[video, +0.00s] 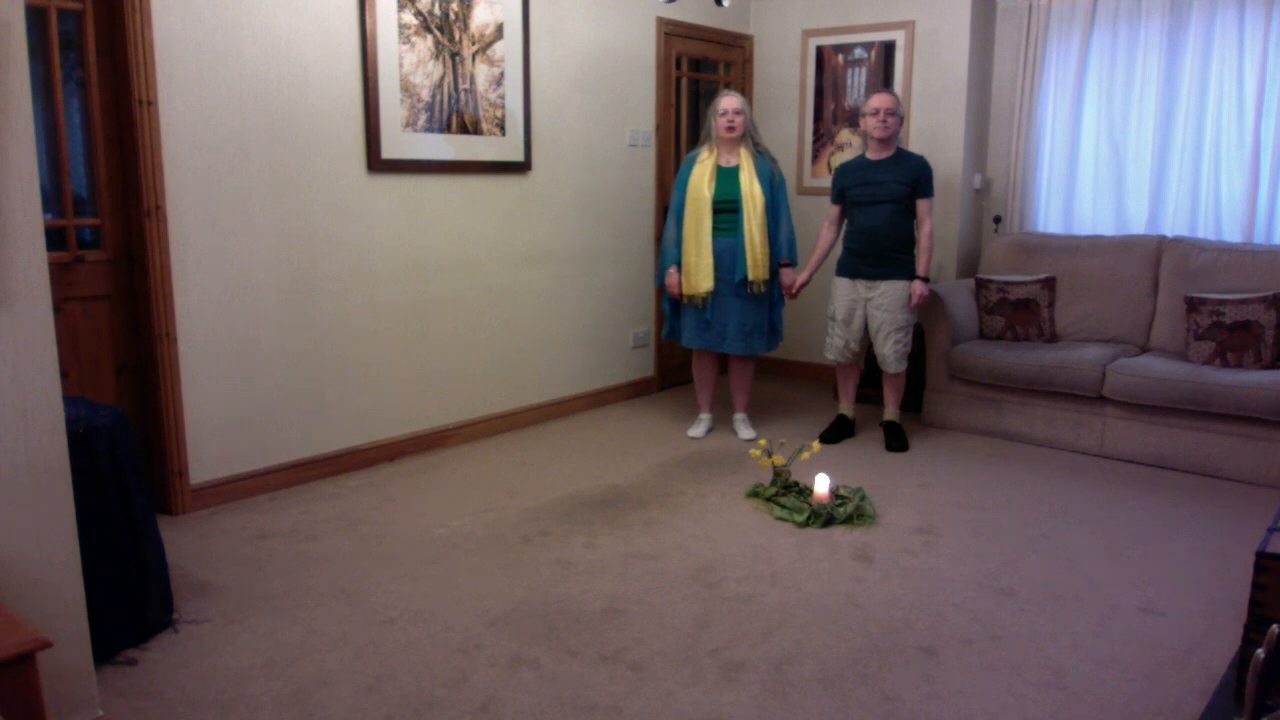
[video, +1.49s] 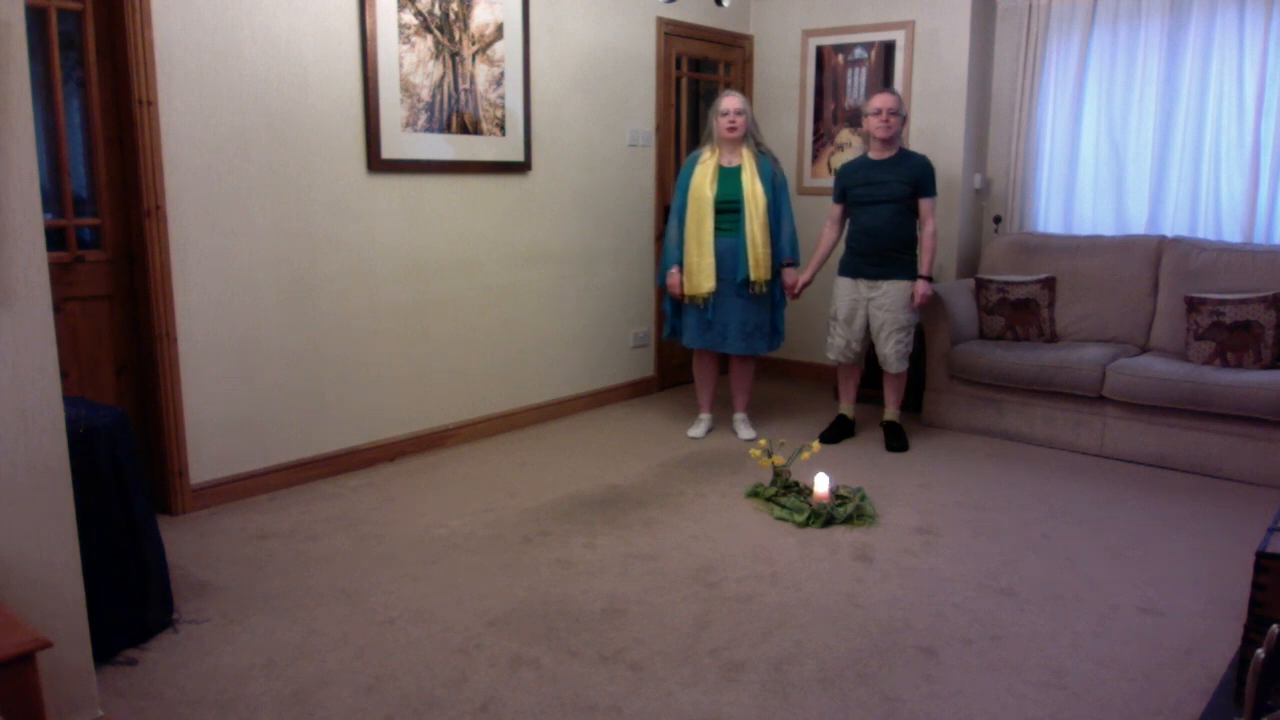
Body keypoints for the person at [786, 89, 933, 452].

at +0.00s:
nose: (882, 119)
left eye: (889, 113)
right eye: (874, 114)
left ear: (901, 121)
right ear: (861, 122)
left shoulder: (915, 167)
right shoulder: (845, 172)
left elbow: (925, 224)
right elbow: (831, 227)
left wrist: (921, 276)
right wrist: (806, 273)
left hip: (895, 278)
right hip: (850, 276)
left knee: (893, 355)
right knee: (845, 349)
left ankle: (892, 419)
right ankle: (845, 415)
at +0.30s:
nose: (883, 119)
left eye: (890, 113)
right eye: (875, 114)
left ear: (901, 120)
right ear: (862, 122)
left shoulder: (916, 167)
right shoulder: (846, 172)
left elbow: (925, 225)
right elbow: (832, 226)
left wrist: (922, 276)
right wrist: (807, 273)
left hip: (896, 279)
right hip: (851, 276)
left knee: (893, 354)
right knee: (845, 349)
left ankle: (892, 419)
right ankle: (845, 415)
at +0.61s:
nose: (883, 119)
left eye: (891, 113)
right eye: (875, 113)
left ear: (902, 120)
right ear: (863, 121)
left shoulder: (917, 167)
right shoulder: (847, 172)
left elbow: (926, 224)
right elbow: (832, 226)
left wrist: (923, 276)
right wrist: (807, 273)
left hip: (896, 279)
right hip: (851, 277)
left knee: (894, 355)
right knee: (845, 349)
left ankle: (892, 420)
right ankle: (845, 416)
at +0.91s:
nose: (883, 119)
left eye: (891, 113)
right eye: (875, 113)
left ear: (902, 120)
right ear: (863, 122)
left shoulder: (917, 166)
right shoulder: (847, 172)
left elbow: (927, 224)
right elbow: (832, 226)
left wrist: (924, 276)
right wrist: (807, 273)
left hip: (897, 279)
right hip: (851, 277)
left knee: (894, 355)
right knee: (845, 349)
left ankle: (892, 419)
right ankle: (845, 416)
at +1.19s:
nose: (884, 119)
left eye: (891, 113)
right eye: (876, 113)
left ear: (902, 121)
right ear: (863, 122)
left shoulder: (917, 166)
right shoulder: (847, 172)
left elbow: (927, 224)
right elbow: (833, 226)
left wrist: (924, 276)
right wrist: (808, 272)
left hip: (897, 279)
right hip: (852, 277)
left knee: (894, 355)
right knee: (846, 349)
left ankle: (892, 420)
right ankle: (845, 416)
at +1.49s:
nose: (885, 119)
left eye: (892, 113)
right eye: (877, 113)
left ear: (903, 120)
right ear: (864, 121)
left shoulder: (918, 166)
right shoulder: (848, 172)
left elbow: (928, 224)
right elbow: (833, 226)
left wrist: (924, 276)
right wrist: (809, 272)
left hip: (898, 279)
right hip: (852, 277)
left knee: (894, 355)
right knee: (846, 349)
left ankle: (892, 419)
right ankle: (845, 416)